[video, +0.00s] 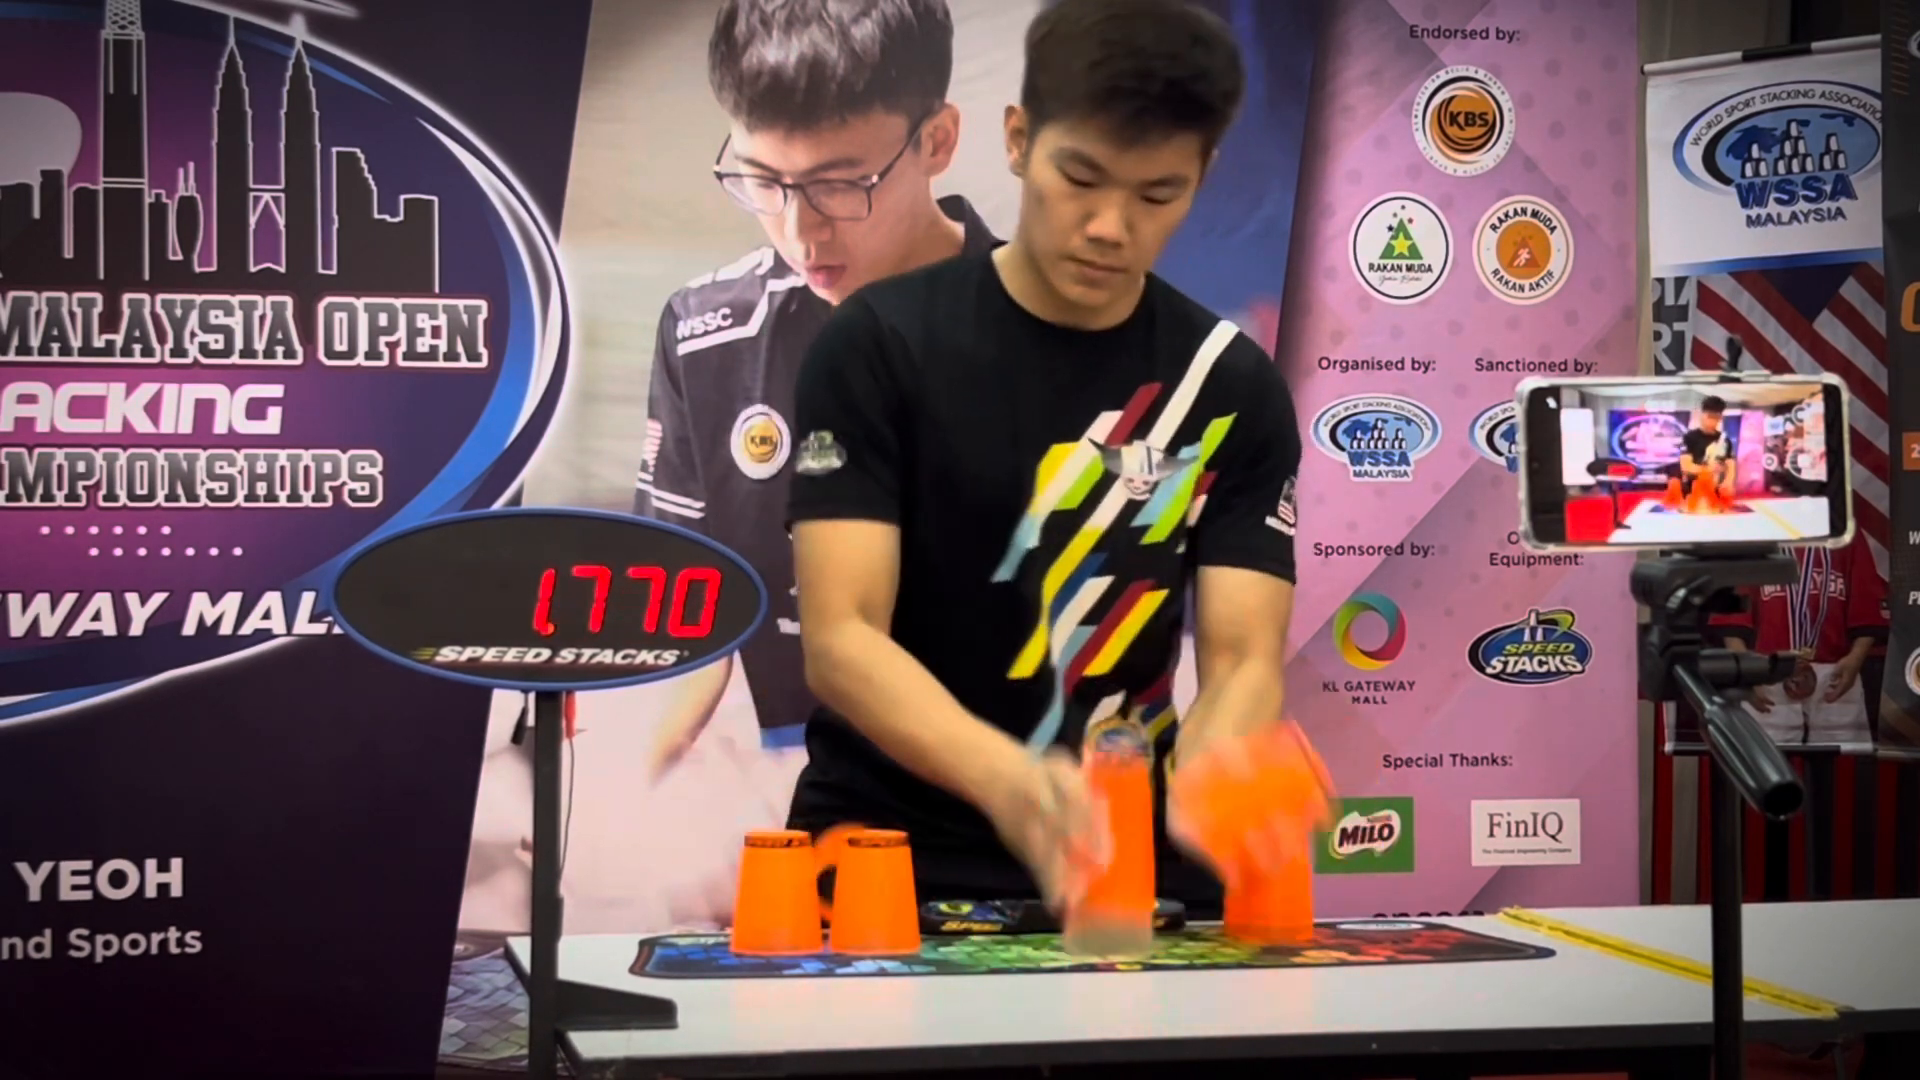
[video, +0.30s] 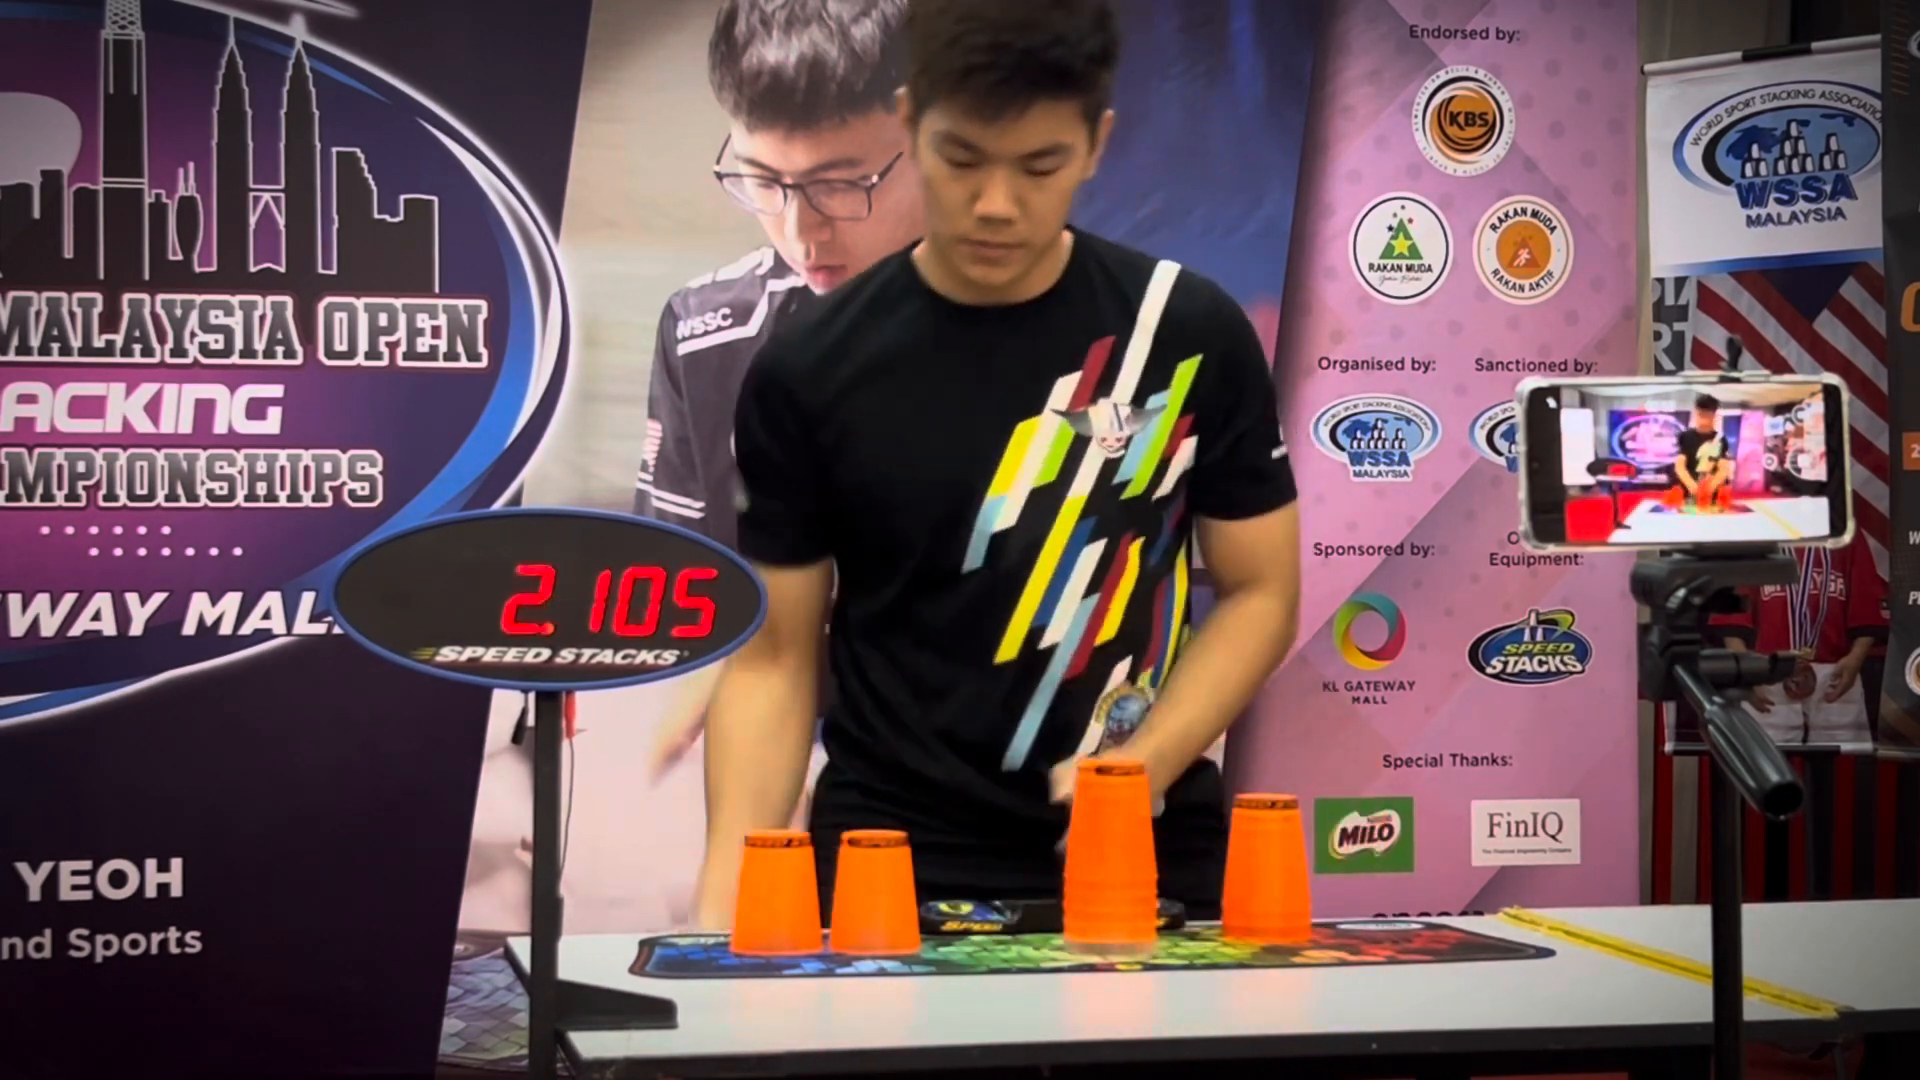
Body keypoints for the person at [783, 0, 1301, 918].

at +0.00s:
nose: (1111, 228)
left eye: (1159, 193)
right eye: (1080, 177)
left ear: (1200, 177)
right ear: (1017, 141)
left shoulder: (1235, 388)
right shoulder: (877, 346)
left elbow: (1242, 659)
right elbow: (839, 638)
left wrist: (1210, 771)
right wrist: (1007, 782)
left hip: (1122, 886)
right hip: (883, 878)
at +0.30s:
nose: (997, 205)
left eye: (1041, 164)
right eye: (960, 157)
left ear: (1097, 140)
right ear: (908, 123)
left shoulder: (1192, 335)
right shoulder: (809, 367)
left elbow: (1260, 590)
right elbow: (774, 647)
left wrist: (1148, 759)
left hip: (1143, 877)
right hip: (896, 876)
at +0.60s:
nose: (986, 359)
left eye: (1017, 312)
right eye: (943, 327)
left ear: (1041, 258)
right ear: (857, 284)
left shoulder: (1141, 376)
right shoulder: (778, 484)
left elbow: (1208, 655)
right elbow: (893, 780)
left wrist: (1211, 926)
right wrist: (1077, 939)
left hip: (1130, 899)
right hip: (913, 920)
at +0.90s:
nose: (1190, 324)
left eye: (1209, 295)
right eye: (1180, 285)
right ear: (1081, 216)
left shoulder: (1171, 364)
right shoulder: (868, 395)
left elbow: (1176, 624)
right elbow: (812, 717)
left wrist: (1170, 890)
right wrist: (909, 943)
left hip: (1081, 897)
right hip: (910, 917)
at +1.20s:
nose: (1299, 392)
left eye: (1325, 372)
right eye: (1317, 358)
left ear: (1259, 270)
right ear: (1260, 269)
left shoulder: (1201, 392)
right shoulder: (987, 373)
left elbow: (1158, 662)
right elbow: (864, 674)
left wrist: (1224, 900)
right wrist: (893, 935)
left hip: (1054, 902)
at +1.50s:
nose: (1250, 485)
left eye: (1288, 474)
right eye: (1251, 443)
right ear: (1207, 338)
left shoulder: (1277, 451)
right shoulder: (966, 410)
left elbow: (1235, 675)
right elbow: (844, 695)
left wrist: (1247, 920)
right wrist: (874, 952)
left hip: (1094, 844)